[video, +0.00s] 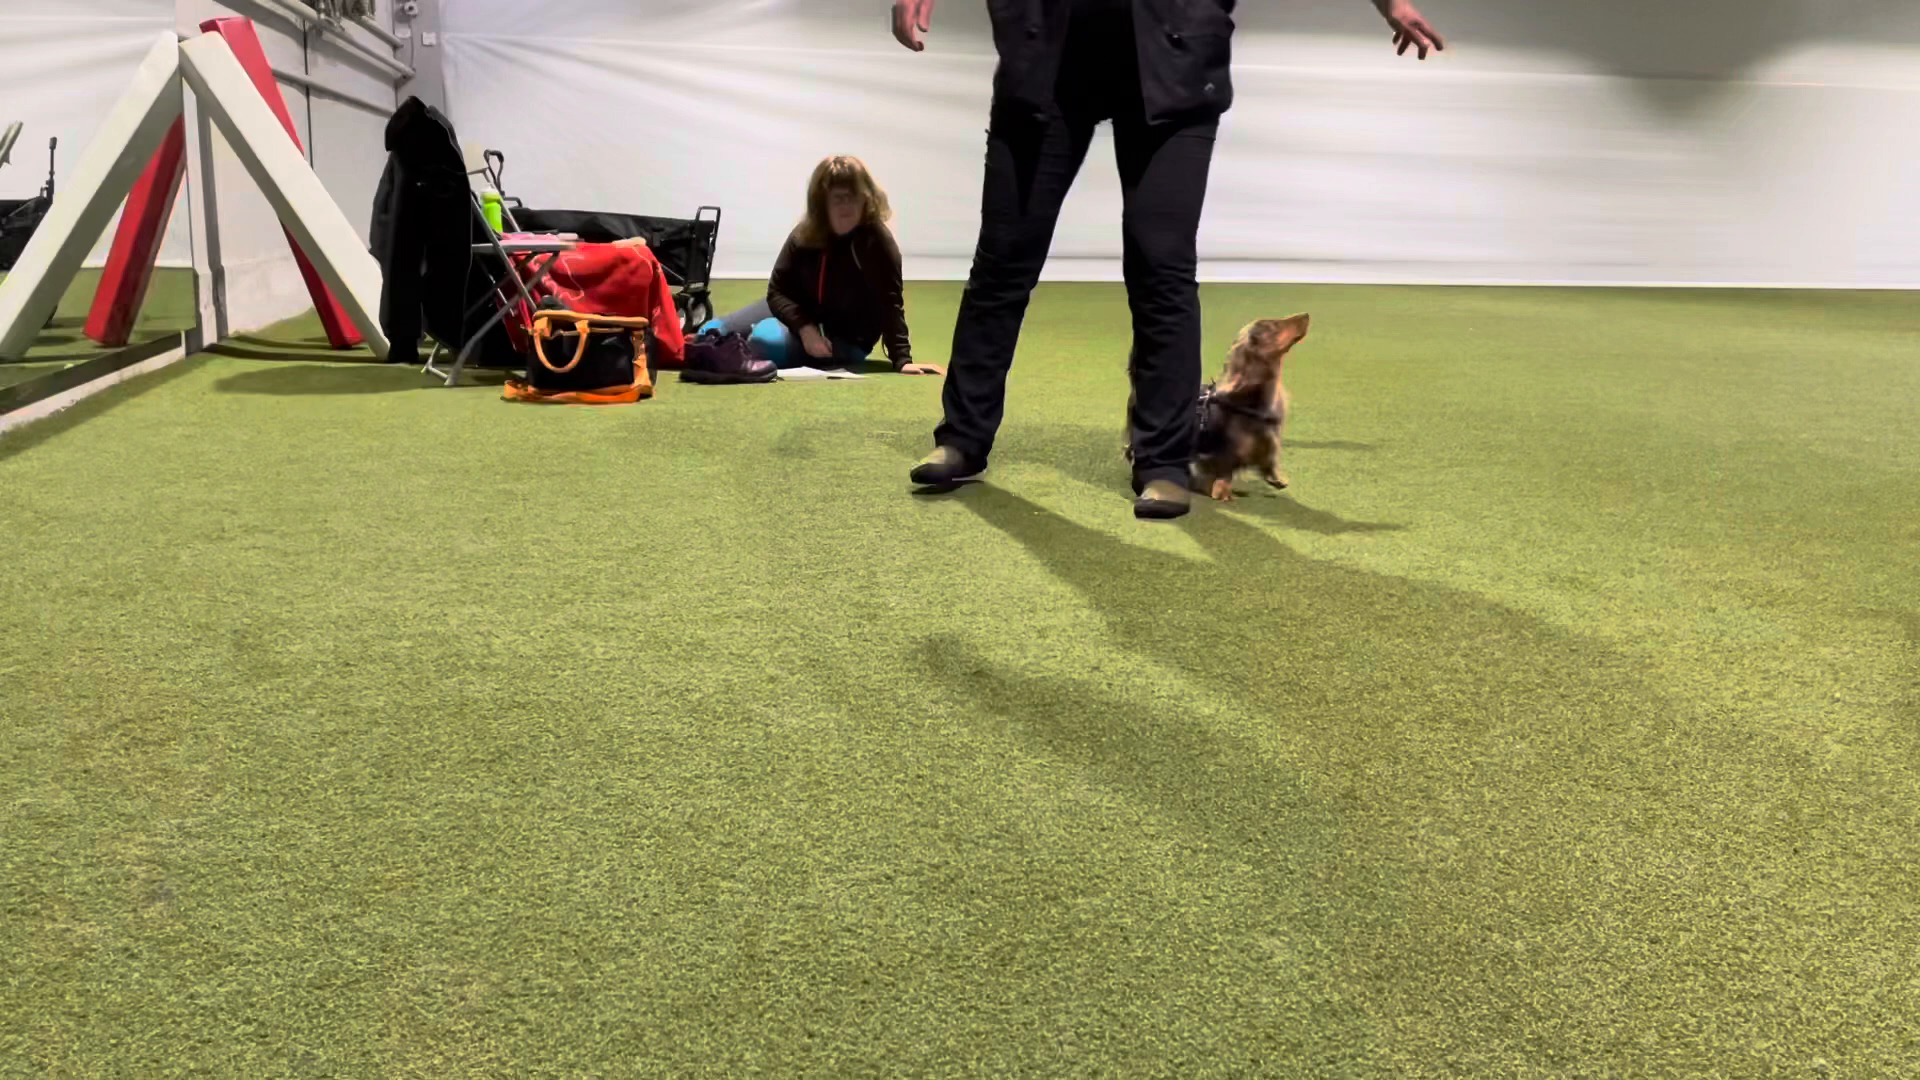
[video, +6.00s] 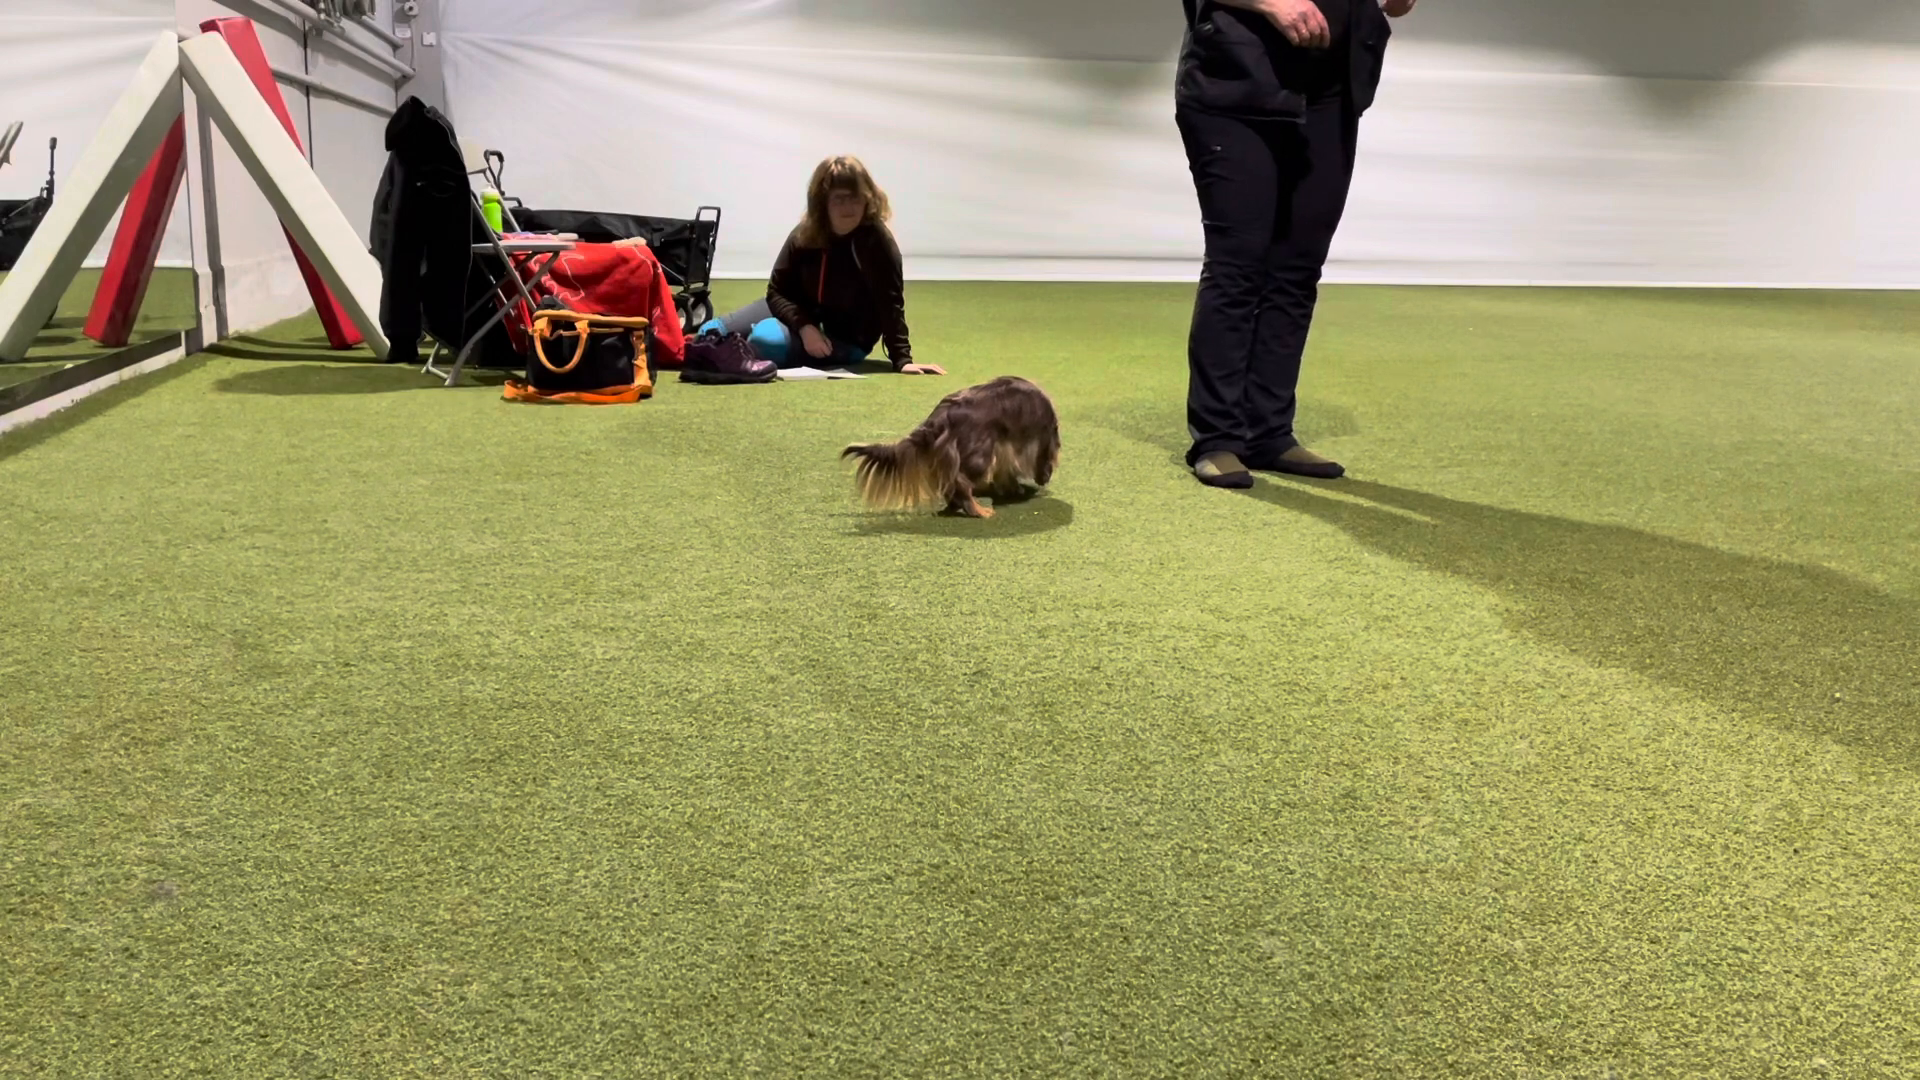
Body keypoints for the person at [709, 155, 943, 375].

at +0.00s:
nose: (846, 205)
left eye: (853, 196)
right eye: (837, 198)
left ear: (866, 201)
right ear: (821, 202)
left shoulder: (879, 244)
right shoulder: (805, 237)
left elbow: (891, 303)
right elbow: (778, 291)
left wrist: (902, 360)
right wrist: (805, 327)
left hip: (843, 337)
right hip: (797, 312)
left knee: (765, 338)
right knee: (712, 332)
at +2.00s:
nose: (848, 204)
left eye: (855, 195)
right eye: (839, 196)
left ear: (868, 200)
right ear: (823, 200)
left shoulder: (878, 242)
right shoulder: (805, 236)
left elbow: (891, 302)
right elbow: (778, 292)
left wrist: (902, 360)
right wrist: (804, 327)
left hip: (841, 338)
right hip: (793, 313)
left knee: (764, 337)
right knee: (714, 331)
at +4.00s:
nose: (848, 205)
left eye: (855, 196)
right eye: (839, 197)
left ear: (866, 201)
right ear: (822, 201)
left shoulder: (878, 243)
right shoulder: (804, 237)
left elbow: (891, 302)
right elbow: (778, 293)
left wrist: (902, 360)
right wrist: (804, 327)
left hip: (840, 338)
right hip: (793, 313)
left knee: (764, 338)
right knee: (712, 332)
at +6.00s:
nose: (848, 205)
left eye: (855, 197)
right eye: (839, 198)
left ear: (867, 200)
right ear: (823, 201)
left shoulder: (878, 243)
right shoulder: (804, 237)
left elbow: (892, 302)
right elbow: (777, 292)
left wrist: (902, 360)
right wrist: (804, 327)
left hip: (843, 338)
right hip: (797, 313)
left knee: (764, 336)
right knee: (714, 330)